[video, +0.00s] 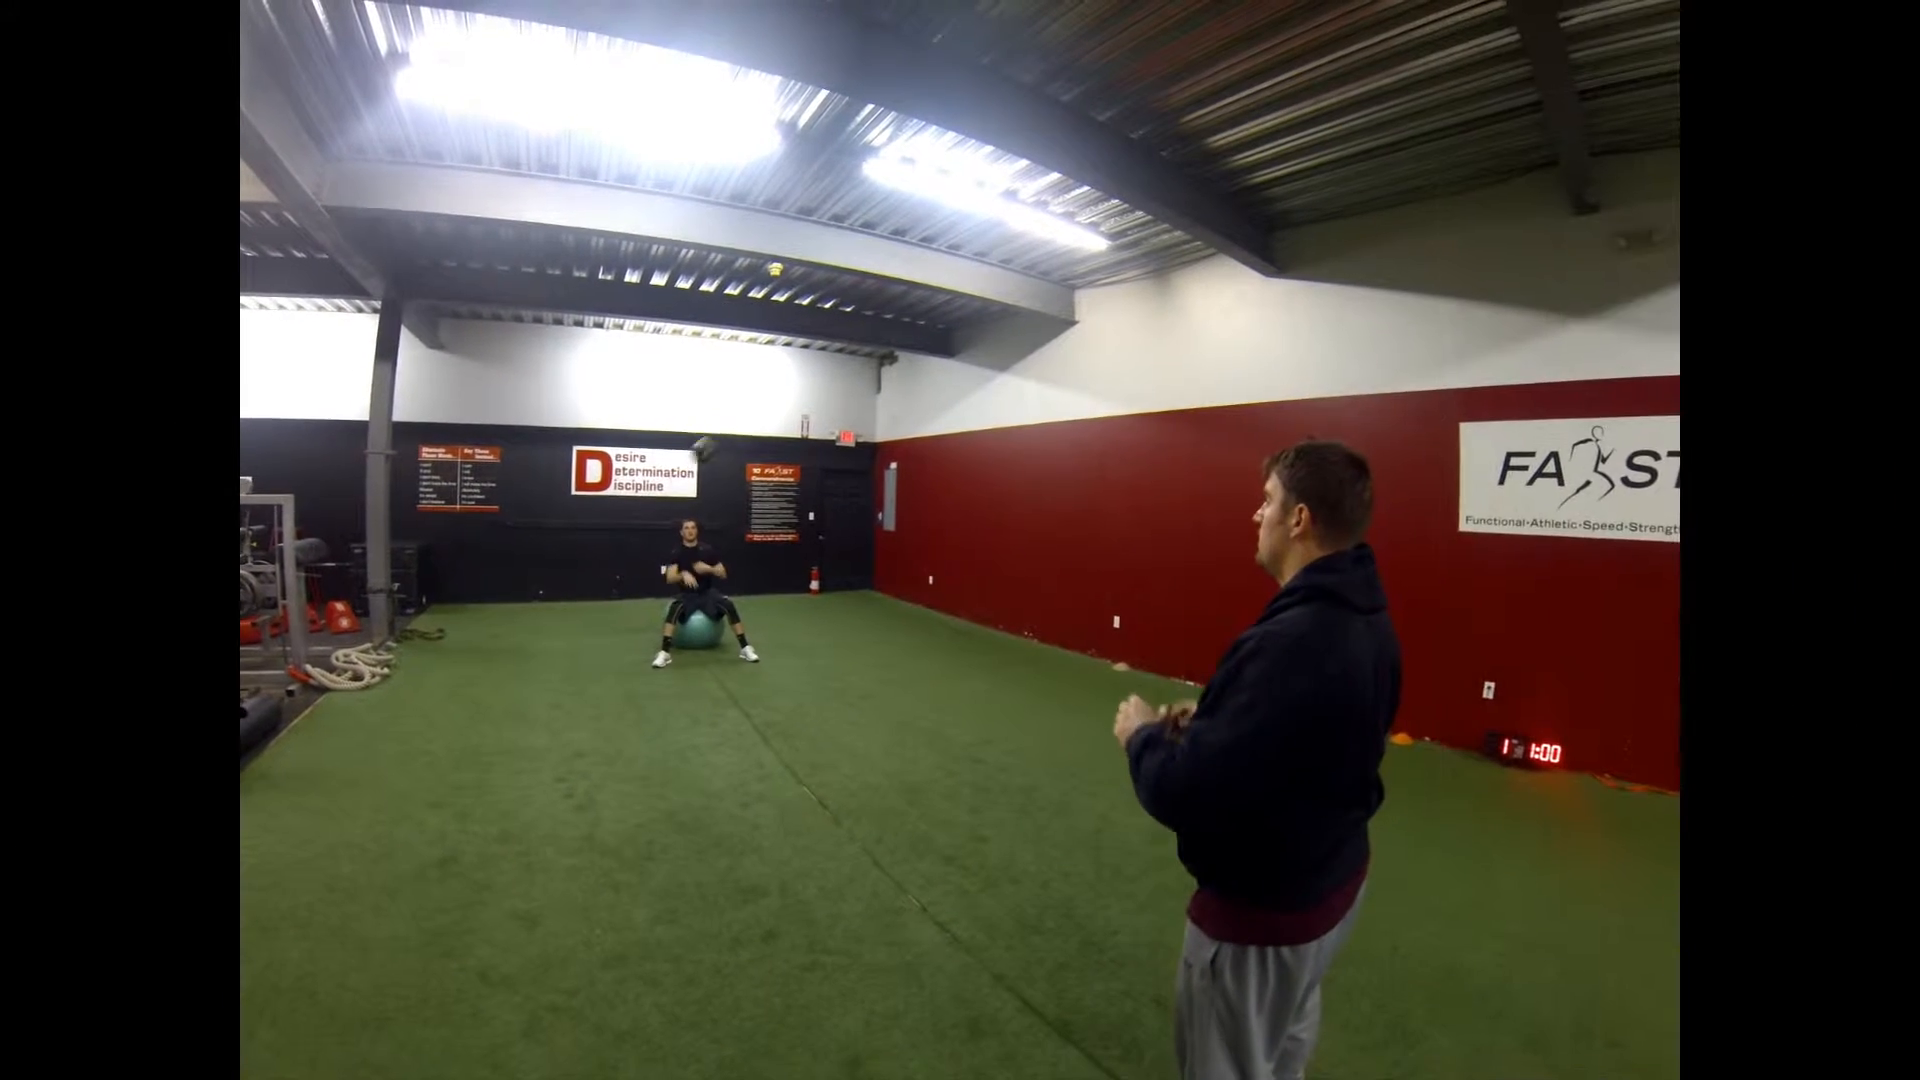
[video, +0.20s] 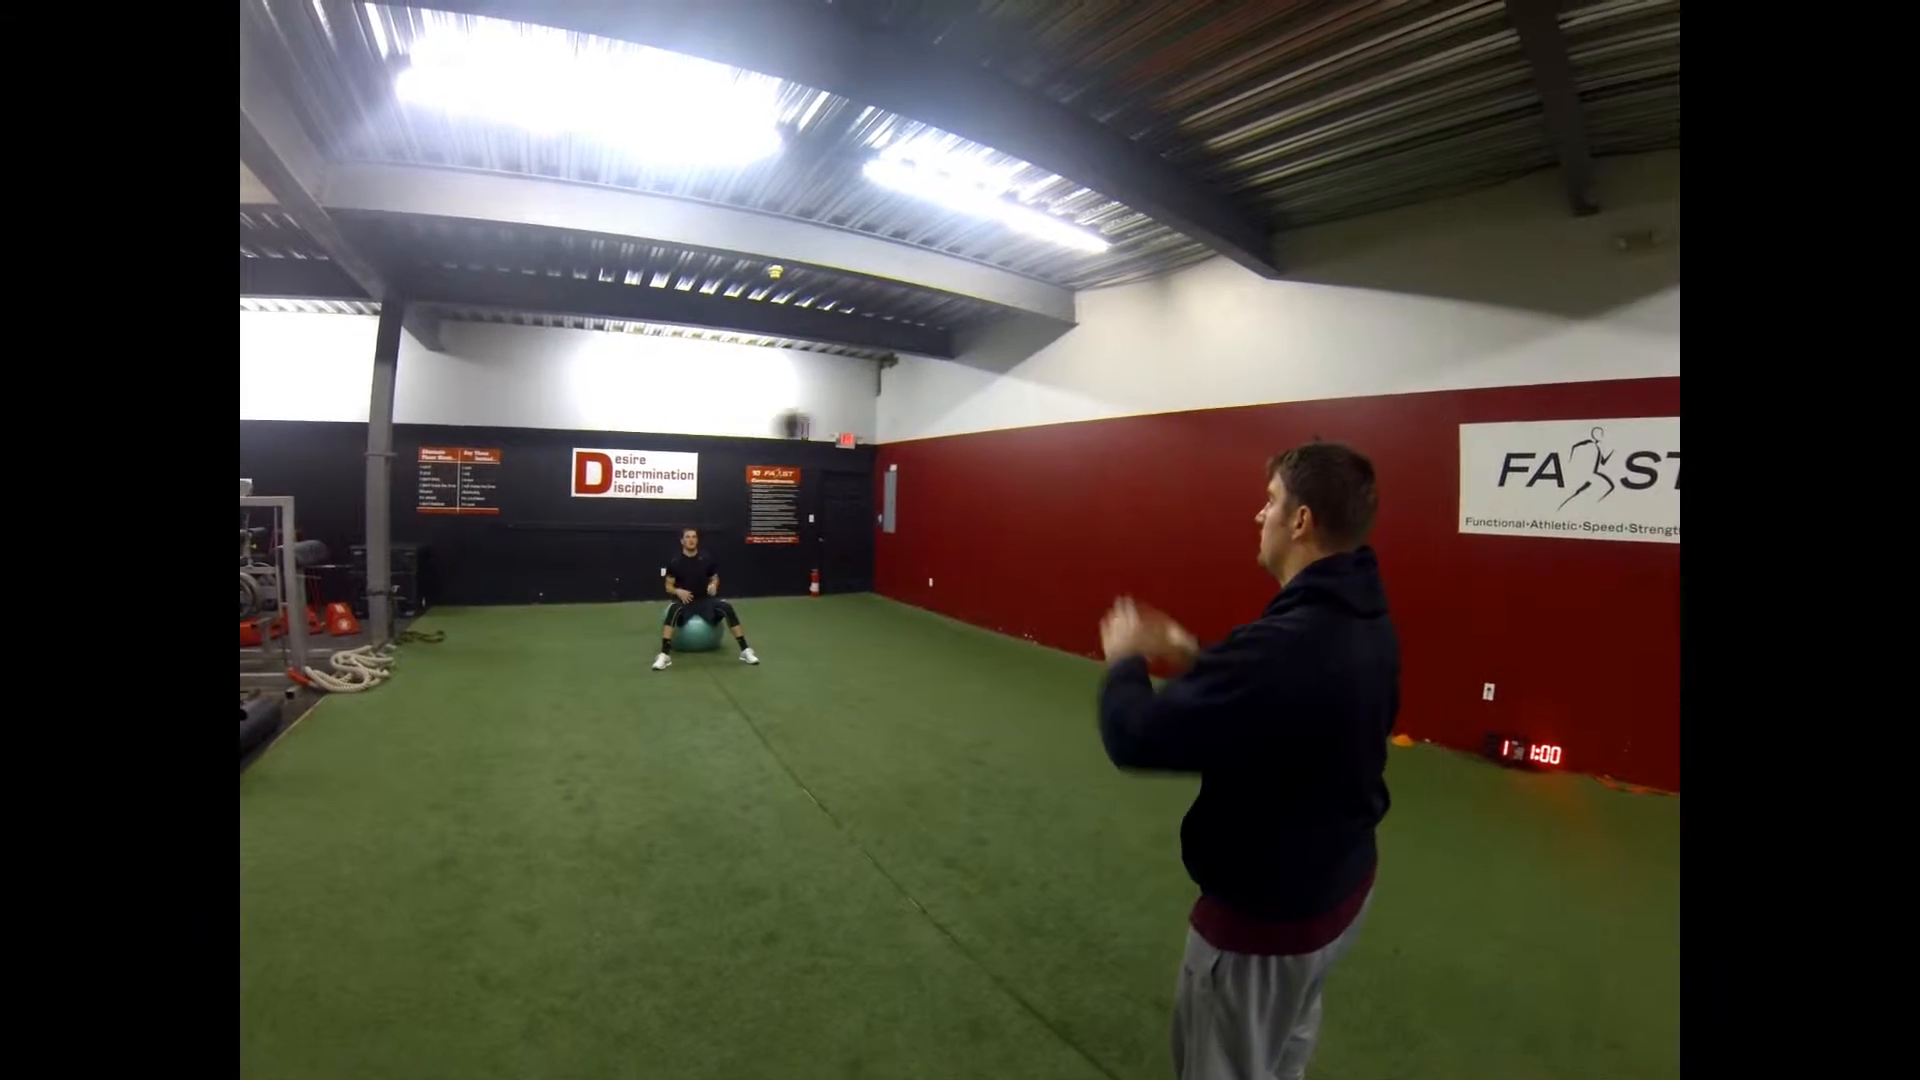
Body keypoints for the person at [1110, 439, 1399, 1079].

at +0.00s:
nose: (1256, 517)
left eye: (1266, 502)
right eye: (1261, 501)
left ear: (1300, 519)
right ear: (1345, 523)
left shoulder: (1287, 643)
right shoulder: (1365, 620)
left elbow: (1186, 792)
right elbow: (1313, 748)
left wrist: (1141, 740)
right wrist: (1210, 722)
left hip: (1255, 918)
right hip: (1328, 891)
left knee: (1221, 1065)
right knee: (1284, 1053)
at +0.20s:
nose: (1259, 517)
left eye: (1270, 502)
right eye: (1264, 501)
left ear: (1302, 520)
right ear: (1347, 526)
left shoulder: (1279, 645)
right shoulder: (1369, 620)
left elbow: (1134, 737)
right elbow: (1286, 700)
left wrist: (1123, 660)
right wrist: (1194, 659)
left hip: (1260, 915)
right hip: (1338, 887)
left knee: (1218, 1065)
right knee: (1284, 1056)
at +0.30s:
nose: (1258, 517)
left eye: (1270, 503)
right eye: (1265, 502)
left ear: (1302, 520)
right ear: (1340, 527)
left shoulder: (1274, 644)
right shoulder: (1370, 620)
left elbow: (1121, 708)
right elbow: (1285, 658)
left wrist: (1106, 622)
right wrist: (1187, 618)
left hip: (1262, 919)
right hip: (1344, 893)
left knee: (1222, 1067)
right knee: (1287, 1062)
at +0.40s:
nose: (1259, 520)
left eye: (1269, 506)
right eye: (1265, 504)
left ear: (1299, 521)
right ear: (1343, 525)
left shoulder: (1269, 642)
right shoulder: (1365, 614)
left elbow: (1118, 683)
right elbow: (1280, 636)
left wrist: (1100, 593)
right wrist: (1192, 583)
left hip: (1266, 926)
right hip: (1353, 899)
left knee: (1224, 1067)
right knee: (1299, 1065)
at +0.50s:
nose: (1260, 523)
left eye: (1268, 506)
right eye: (1264, 506)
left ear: (1300, 517)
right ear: (1357, 525)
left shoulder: (1265, 644)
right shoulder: (1374, 621)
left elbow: (1126, 706)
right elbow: (1294, 664)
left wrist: (1140, 608)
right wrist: (1227, 600)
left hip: (1266, 923)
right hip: (1357, 896)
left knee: (1227, 1067)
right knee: (1316, 1066)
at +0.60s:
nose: (1270, 523)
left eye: (1276, 508)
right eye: (1272, 508)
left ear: (1304, 519)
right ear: (1364, 522)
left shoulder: (1272, 646)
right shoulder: (1386, 624)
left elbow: (1144, 724)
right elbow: (1310, 700)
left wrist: (1164, 630)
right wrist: (1249, 623)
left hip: (1269, 919)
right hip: (1361, 893)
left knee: (1229, 1064)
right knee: (1326, 1056)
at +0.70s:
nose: (1292, 528)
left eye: (1297, 513)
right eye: (1294, 514)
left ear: (1319, 522)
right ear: (1385, 525)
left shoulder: (1275, 648)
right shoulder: (1411, 635)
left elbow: (1169, 738)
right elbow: (1339, 706)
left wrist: (1174, 646)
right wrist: (1271, 626)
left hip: (1276, 915)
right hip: (1374, 896)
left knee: (1231, 1066)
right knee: (1333, 1063)